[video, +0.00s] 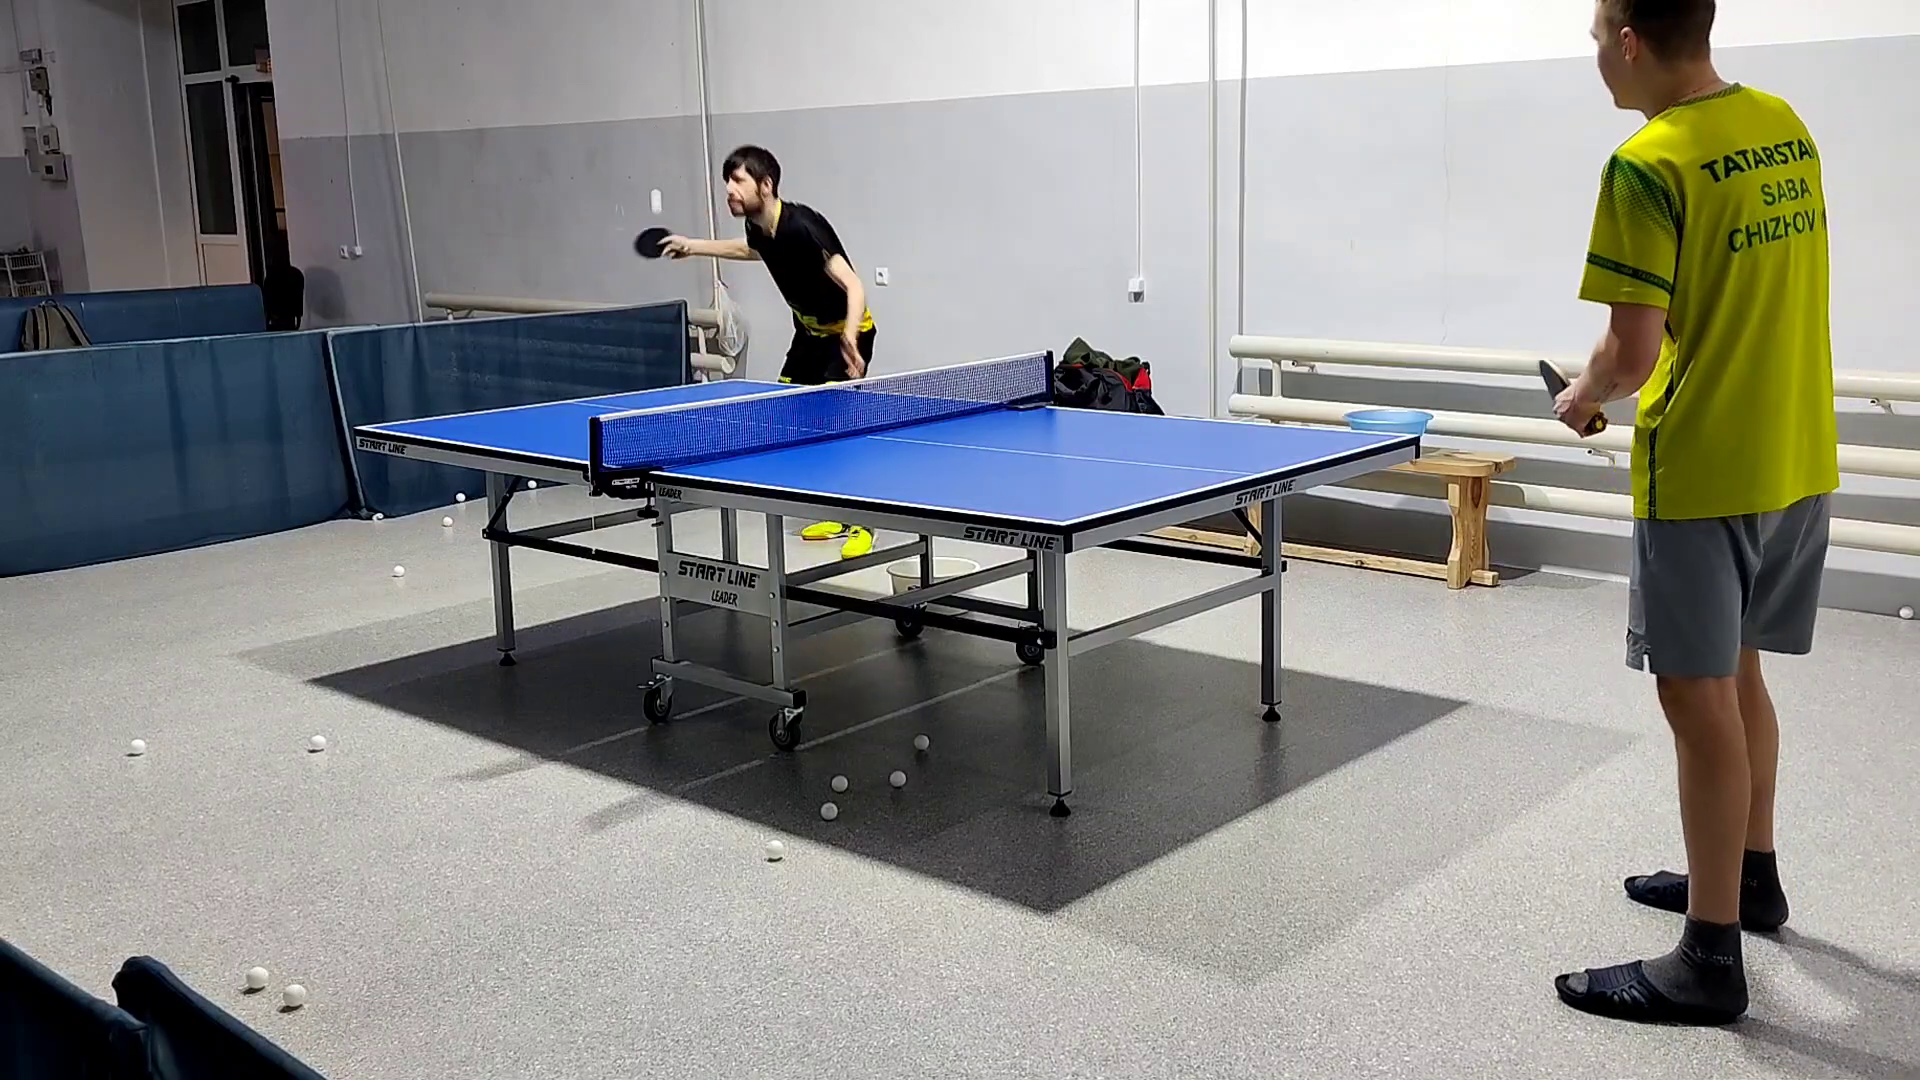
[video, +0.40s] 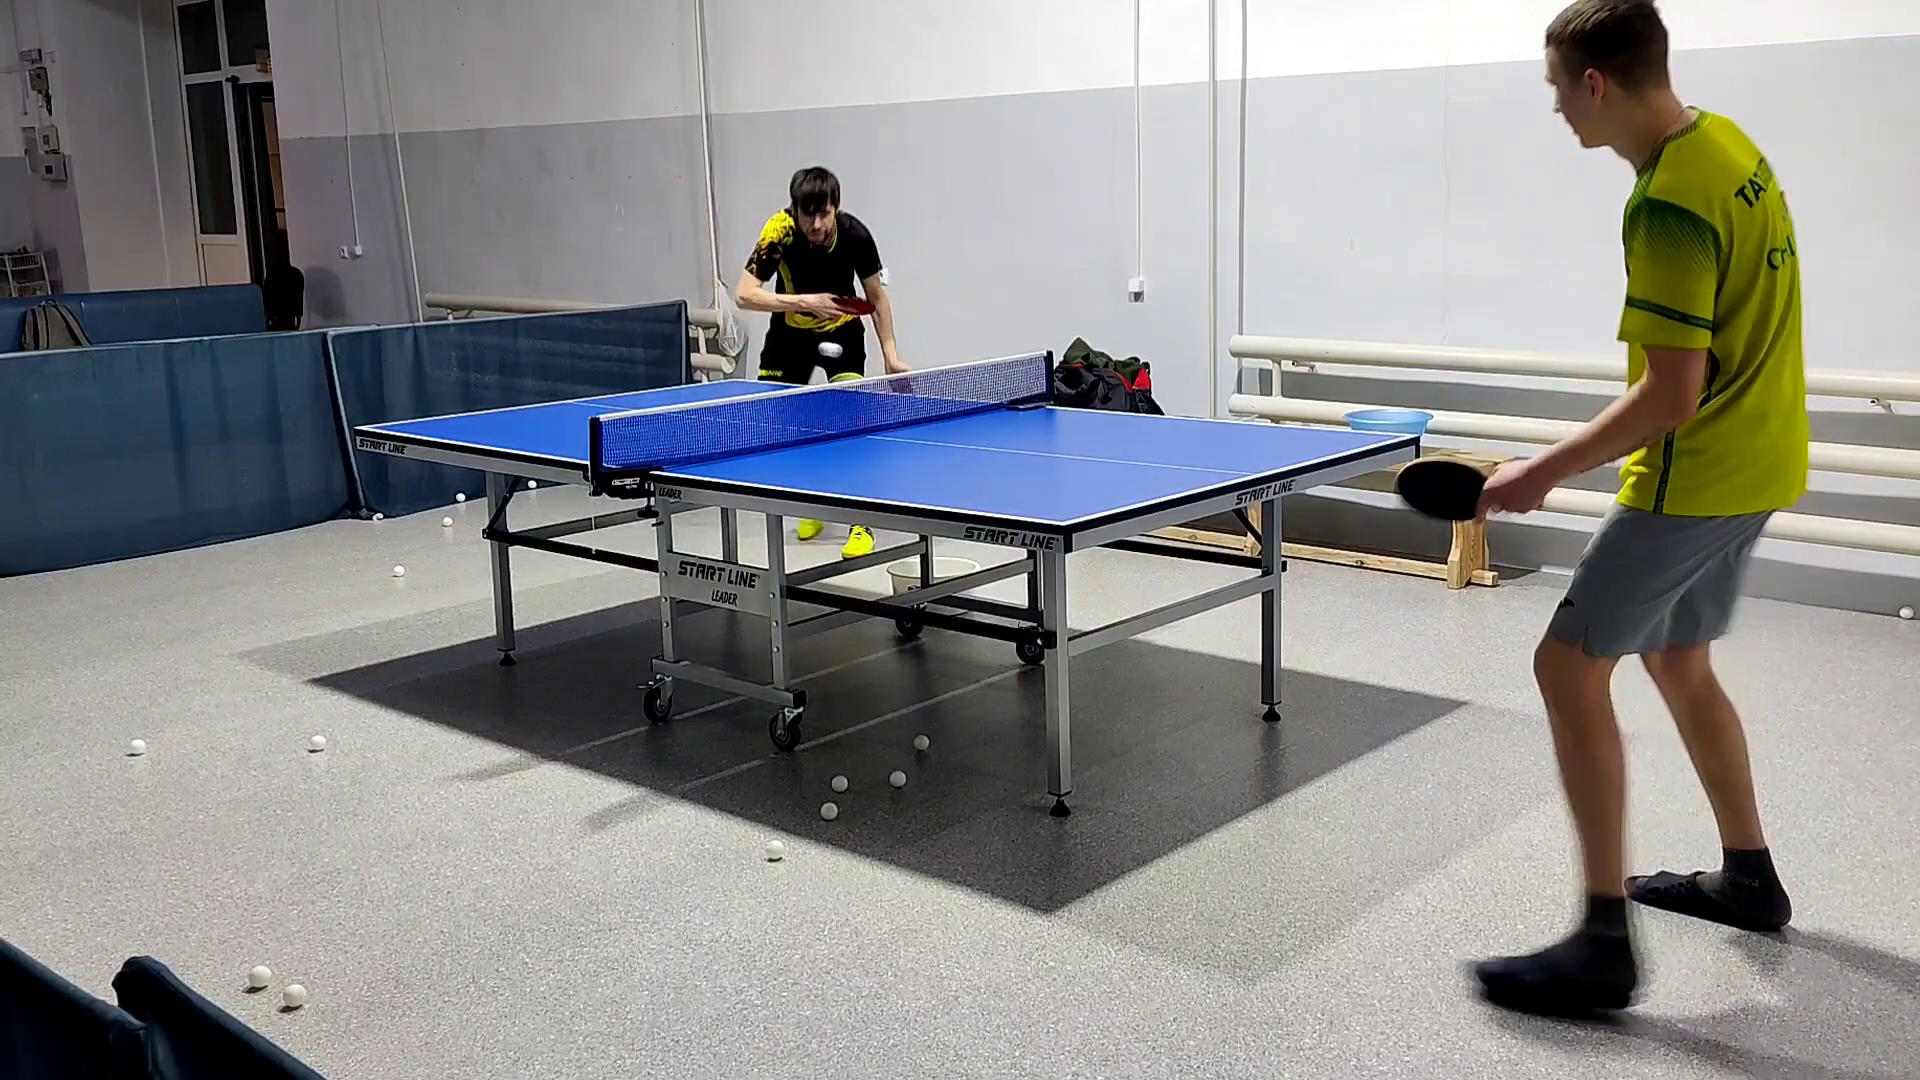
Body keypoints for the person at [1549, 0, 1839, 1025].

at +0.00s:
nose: (1597, 61)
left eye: (1598, 41)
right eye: (1597, 40)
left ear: (1630, 41)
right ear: (1699, 31)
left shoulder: (1647, 162)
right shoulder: (1781, 123)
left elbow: (1633, 346)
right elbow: (1767, 287)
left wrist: (1586, 394)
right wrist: (1639, 360)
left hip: (1699, 473)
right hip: (1799, 459)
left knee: (1699, 702)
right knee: (1738, 670)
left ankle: (1708, 963)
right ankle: (1750, 873)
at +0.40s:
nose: (1559, 113)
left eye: (1559, 93)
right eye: (1555, 94)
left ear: (1597, 83)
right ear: (1645, 73)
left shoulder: (1671, 195)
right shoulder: (1724, 148)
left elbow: (1669, 395)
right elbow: (1730, 345)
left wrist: (1544, 470)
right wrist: (1591, 450)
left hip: (1695, 480)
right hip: (1757, 466)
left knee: (1568, 666)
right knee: (1676, 652)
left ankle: (1602, 941)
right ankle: (1750, 877)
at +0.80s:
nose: (1407, 187)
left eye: (1411, 165)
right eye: (1400, 168)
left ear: (1465, 146)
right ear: (1471, 145)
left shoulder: (1562, 237)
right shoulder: (1559, 202)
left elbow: (1560, 440)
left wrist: (1438, 477)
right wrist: (1478, 474)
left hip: (1615, 511)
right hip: (1659, 491)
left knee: (1473, 689)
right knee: (1639, 676)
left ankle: (1512, 954)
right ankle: (1744, 878)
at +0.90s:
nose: (1356, 228)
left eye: (1359, 206)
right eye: (1349, 208)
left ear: (1414, 186)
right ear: (1426, 182)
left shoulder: (1509, 273)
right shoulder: (1537, 210)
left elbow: (1476, 468)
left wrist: (1328, 518)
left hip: (1604, 517)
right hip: (1667, 489)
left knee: (1439, 696)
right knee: (1631, 680)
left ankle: (1509, 956)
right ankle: (1741, 876)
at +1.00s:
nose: (1333, 262)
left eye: (1331, 241)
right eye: (1324, 245)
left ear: (1379, 218)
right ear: (1403, 202)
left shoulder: (1457, 325)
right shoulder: (1515, 217)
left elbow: (1381, 520)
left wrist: (1228, 584)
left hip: (1601, 533)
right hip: (1679, 498)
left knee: (1419, 702)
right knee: (1634, 684)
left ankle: (1507, 953)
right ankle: (1743, 875)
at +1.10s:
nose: (1317, 272)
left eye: (1315, 252)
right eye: (1309, 253)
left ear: (1358, 239)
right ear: (1399, 209)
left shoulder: (1426, 355)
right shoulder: (1516, 226)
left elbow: (1350, 524)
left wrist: (1240, 568)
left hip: (1593, 548)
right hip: (1691, 505)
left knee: (1415, 705)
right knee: (1649, 689)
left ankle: (1506, 953)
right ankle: (1746, 876)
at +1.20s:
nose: (1331, 267)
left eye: (1325, 249)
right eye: (1322, 250)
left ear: (1355, 240)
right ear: (1418, 208)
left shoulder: (1415, 358)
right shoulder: (1534, 226)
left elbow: (1375, 505)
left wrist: (1306, 507)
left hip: (1605, 548)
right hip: (1710, 509)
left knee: (1425, 699)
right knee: (1666, 687)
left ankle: (1506, 954)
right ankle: (1771, 887)